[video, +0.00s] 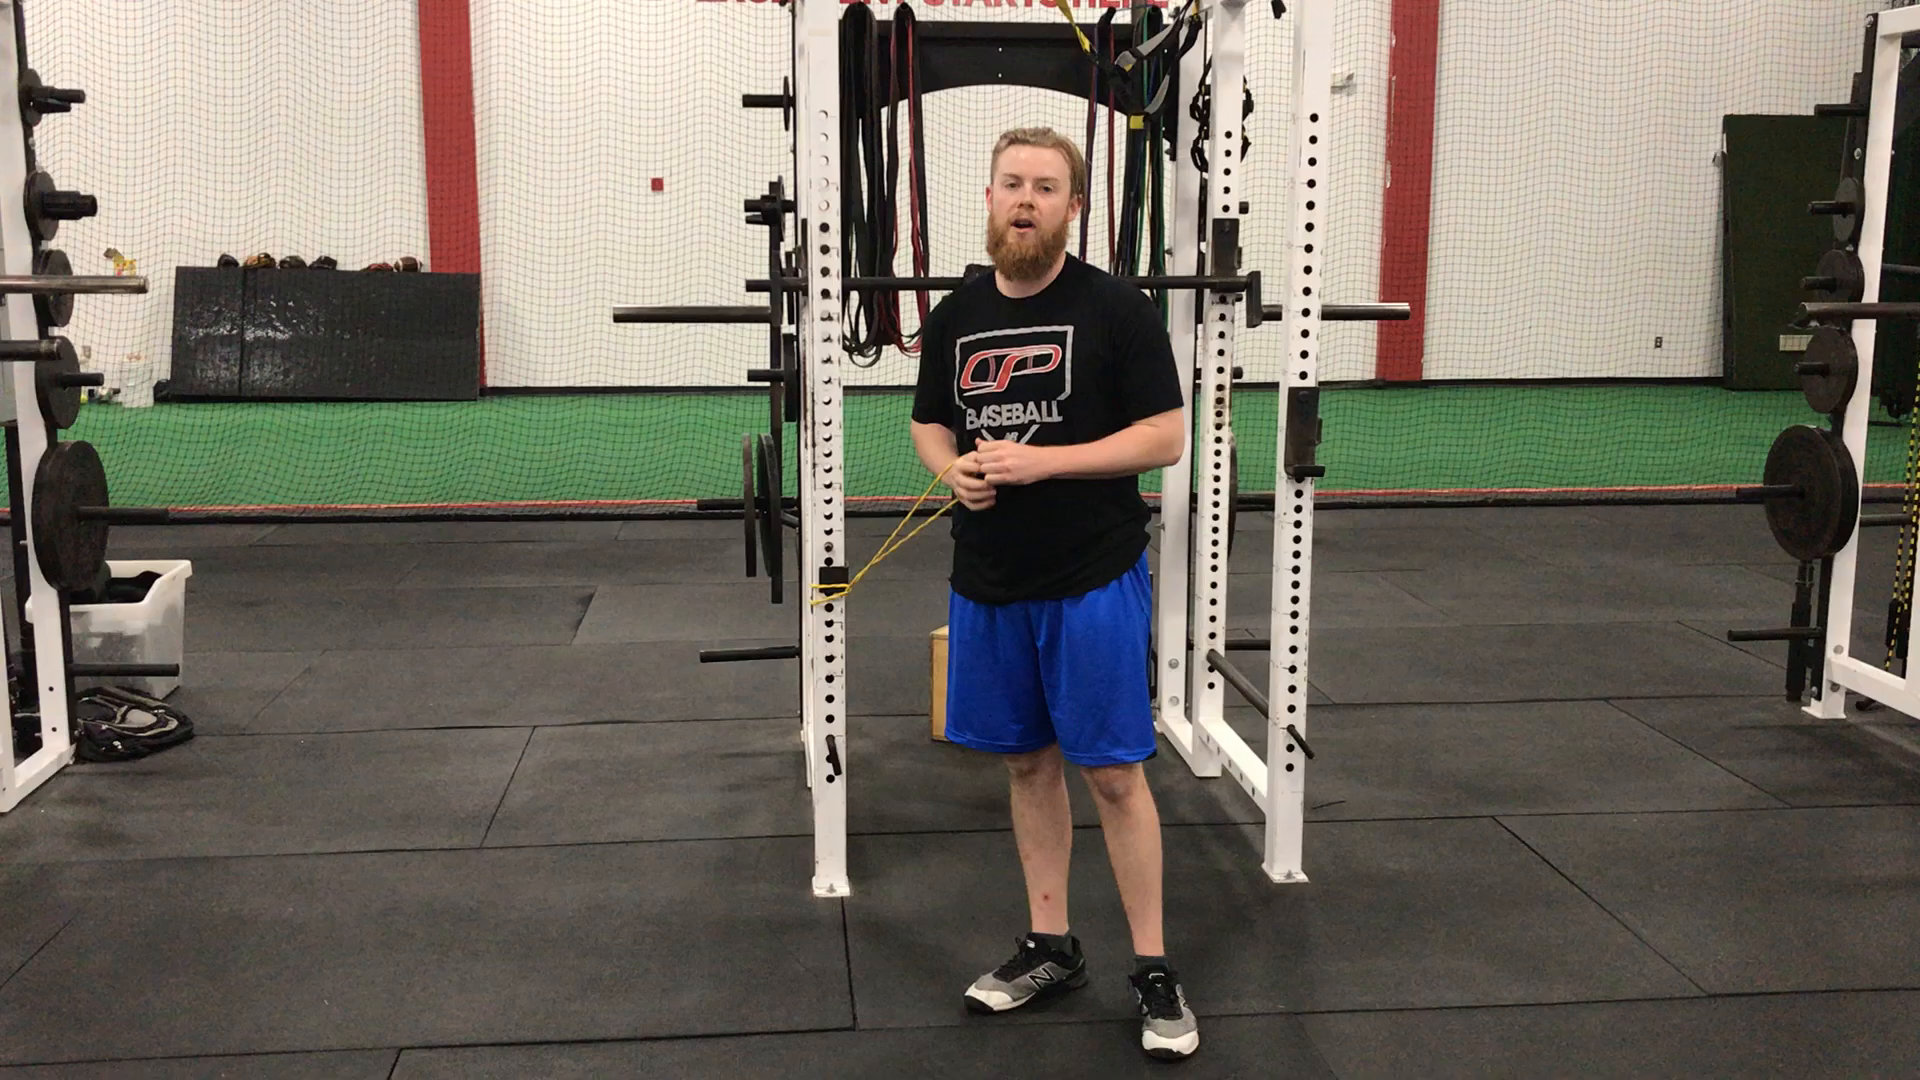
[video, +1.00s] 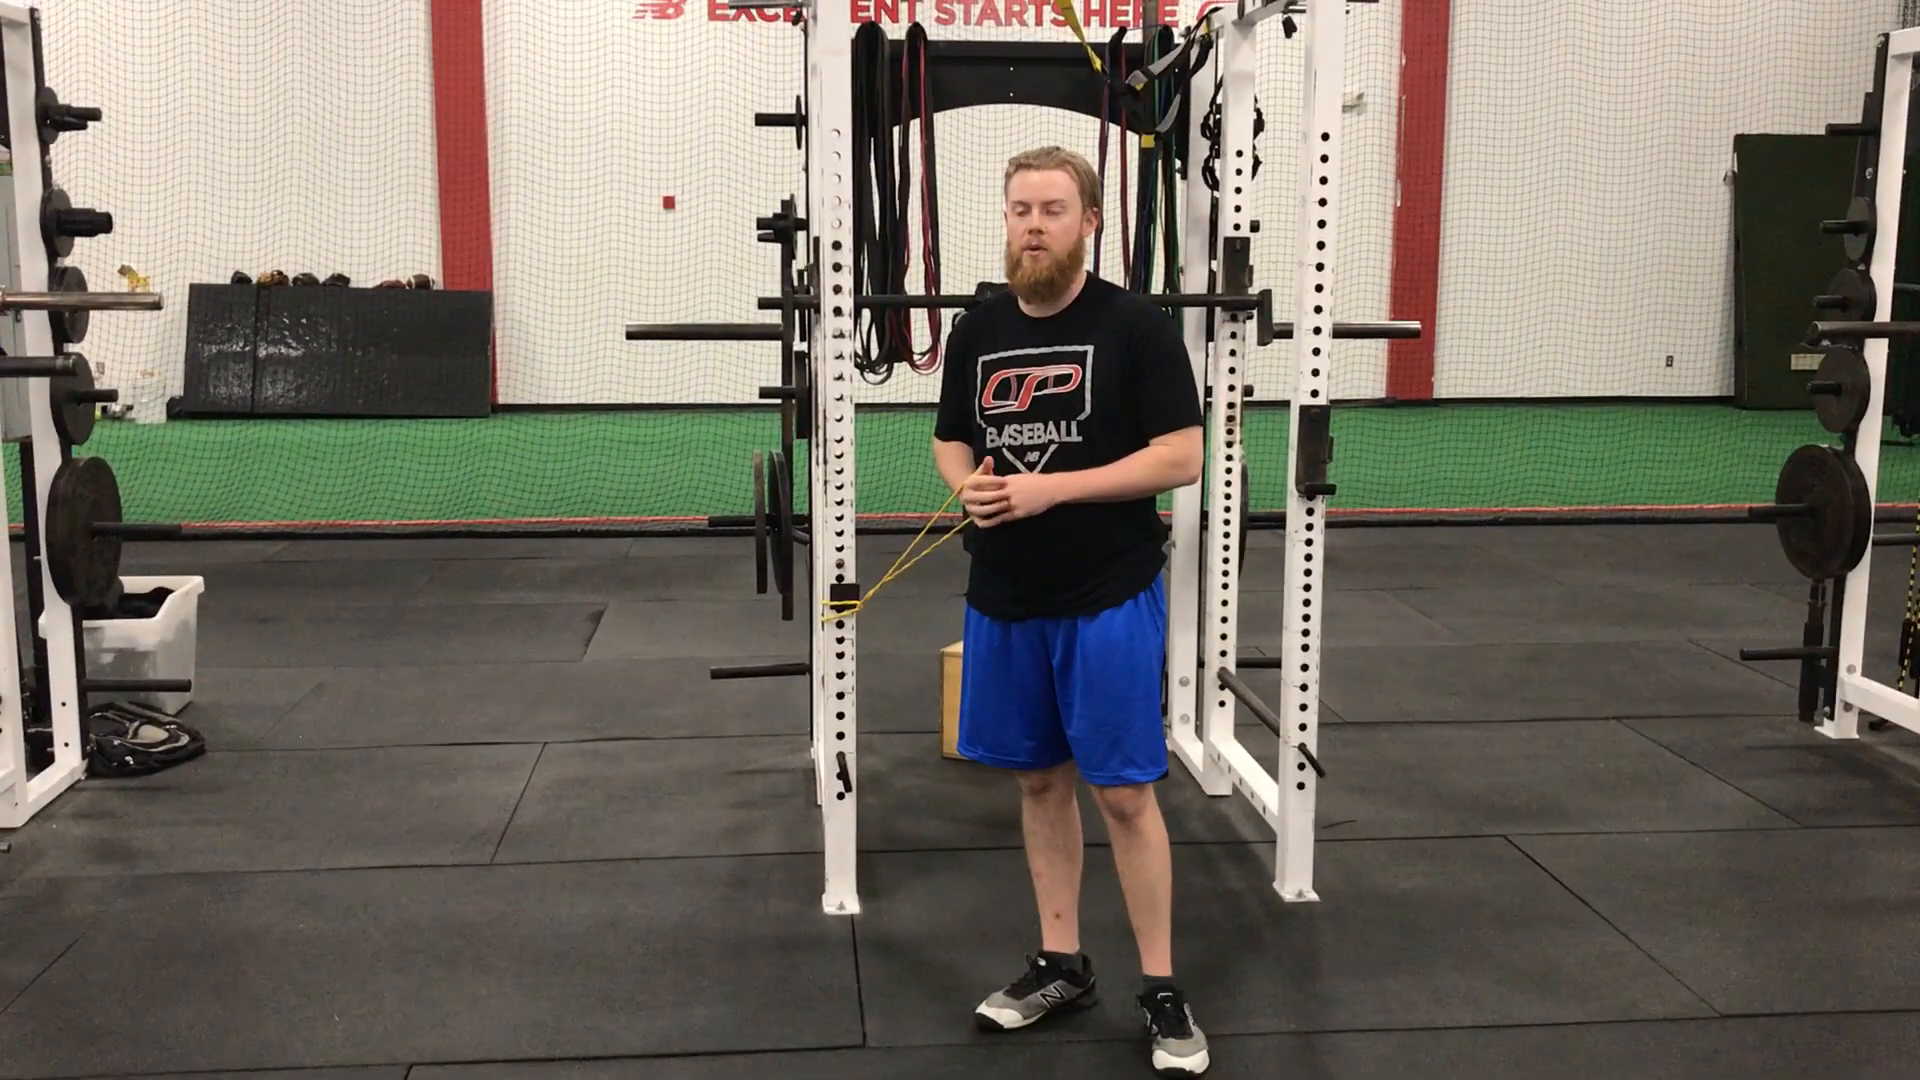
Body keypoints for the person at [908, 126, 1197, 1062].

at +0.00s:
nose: (1024, 199)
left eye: (1044, 187)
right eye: (1012, 183)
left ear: (1074, 208)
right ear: (987, 199)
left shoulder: (1117, 308)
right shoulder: (953, 317)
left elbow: (1165, 437)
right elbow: (929, 429)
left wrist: (1045, 459)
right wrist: (957, 471)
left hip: (1095, 580)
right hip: (992, 583)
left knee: (1115, 777)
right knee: (1028, 765)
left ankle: (1152, 971)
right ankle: (1049, 946)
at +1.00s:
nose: (1030, 225)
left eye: (1050, 210)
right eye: (1019, 210)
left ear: (1089, 224)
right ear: (1002, 222)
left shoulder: (1136, 326)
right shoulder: (978, 326)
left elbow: (1183, 456)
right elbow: (950, 444)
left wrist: (1053, 486)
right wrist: (973, 487)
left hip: (1112, 600)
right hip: (1008, 601)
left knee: (1125, 797)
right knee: (1040, 783)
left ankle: (1160, 990)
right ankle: (1061, 963)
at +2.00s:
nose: (1029, 209)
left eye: (1049, 195)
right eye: (1021, 194)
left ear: (1093, 209)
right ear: (1007, 208)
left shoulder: (1140, 310)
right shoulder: (988, 314)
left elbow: (1174, 444)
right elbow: (969, 430)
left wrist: (1041, 483)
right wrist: (973, 485)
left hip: (1115, 586)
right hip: (1015, 586)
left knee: (1129, 782)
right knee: (1048, 769)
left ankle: (1167, 977)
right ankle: (1066, 950)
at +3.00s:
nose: (1047, 224)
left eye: (1053, 206)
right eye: (1046, 207)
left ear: (1098, 203)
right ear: (1098, 206)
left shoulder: (1181, 315)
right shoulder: (1078, 307)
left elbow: (1194, 460)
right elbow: (1064, 429)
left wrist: (1060, 480)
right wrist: (963, 442)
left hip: (1150, 585)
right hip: (1066, 581)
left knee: (1154, 775)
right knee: (1081, 760)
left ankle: (1195, 963)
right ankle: (1080, 945)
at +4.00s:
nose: (1095, 242)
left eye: (1102, 224)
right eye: (1095, 224)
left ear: (1147, 224)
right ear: (1149, 222)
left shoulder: (1236, 334)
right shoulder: (1128, 317)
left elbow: (1245, 482)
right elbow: (1098, 437)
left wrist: (1107, 505)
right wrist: (1035, 525)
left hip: (1196, 606)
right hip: (1106, 597)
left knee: (1209, 788)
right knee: (1101, 772)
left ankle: (1211, 974)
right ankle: (1095, 958)